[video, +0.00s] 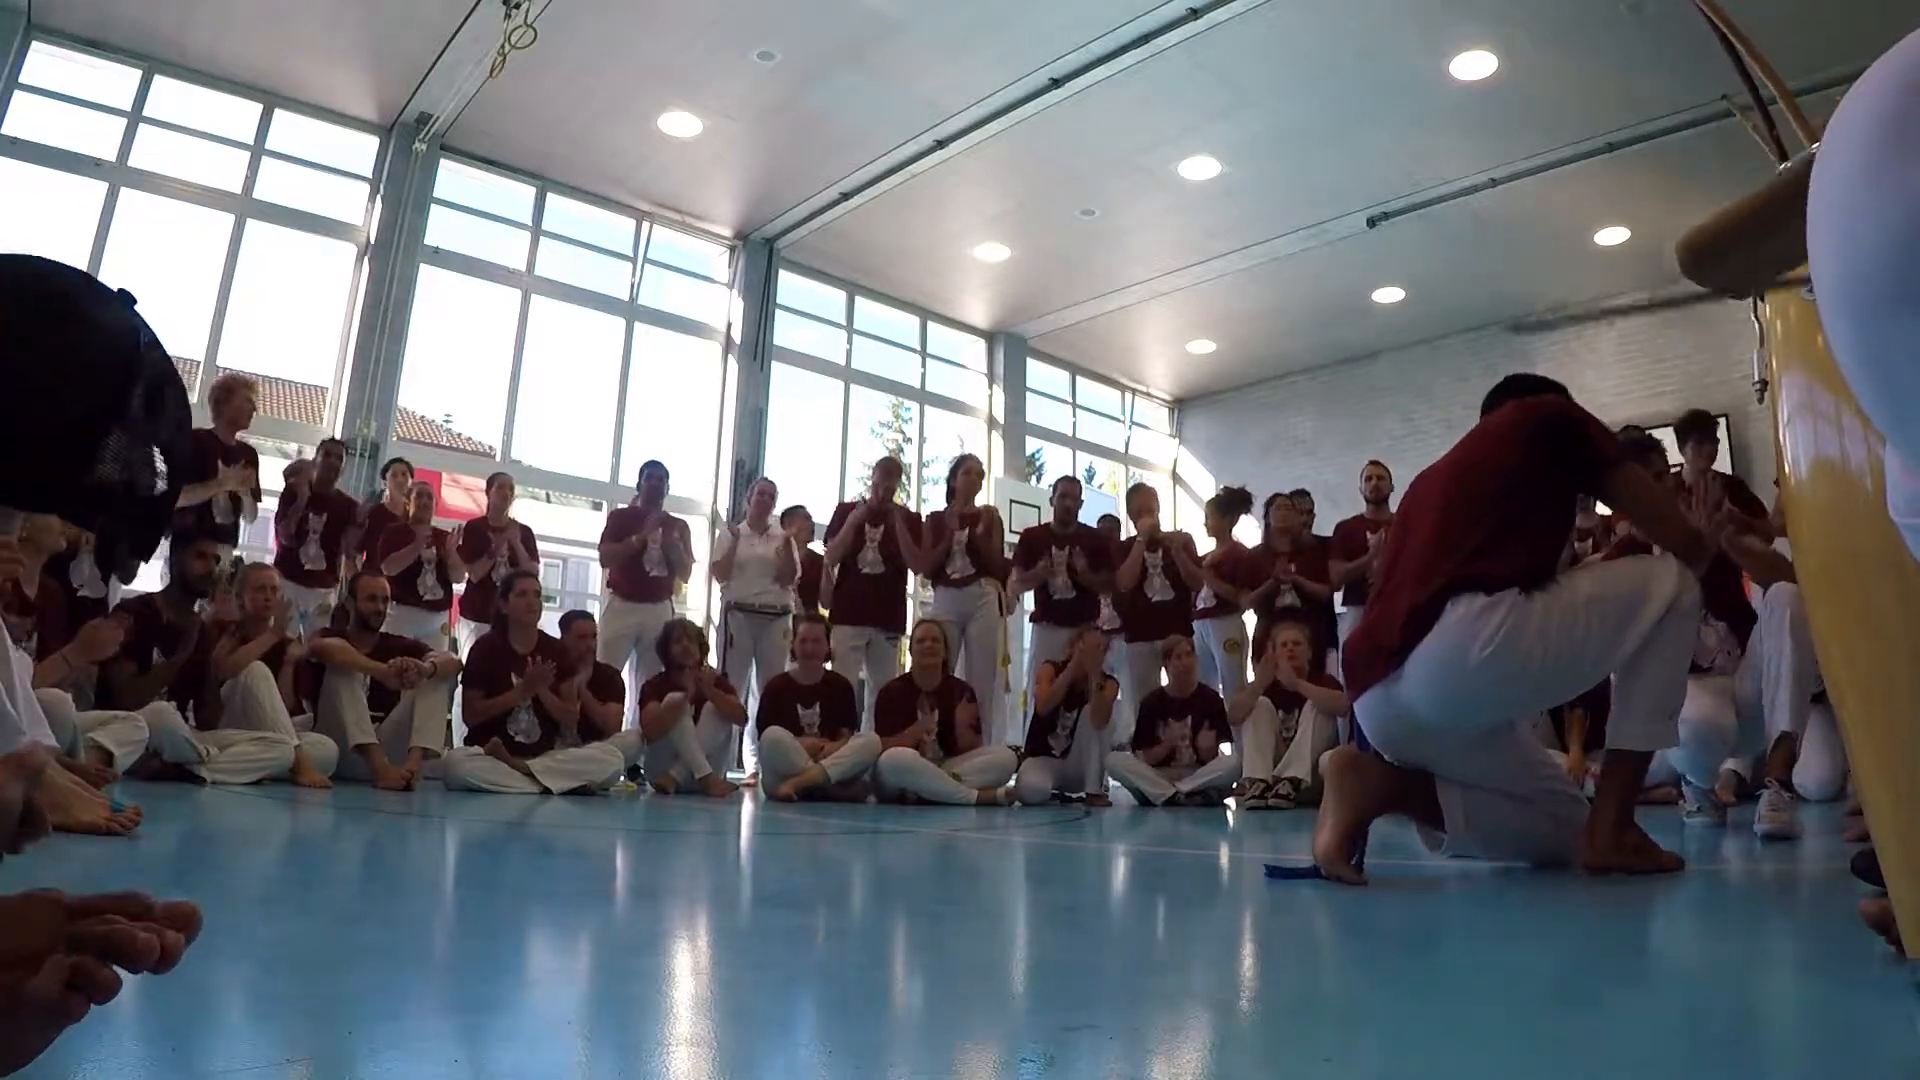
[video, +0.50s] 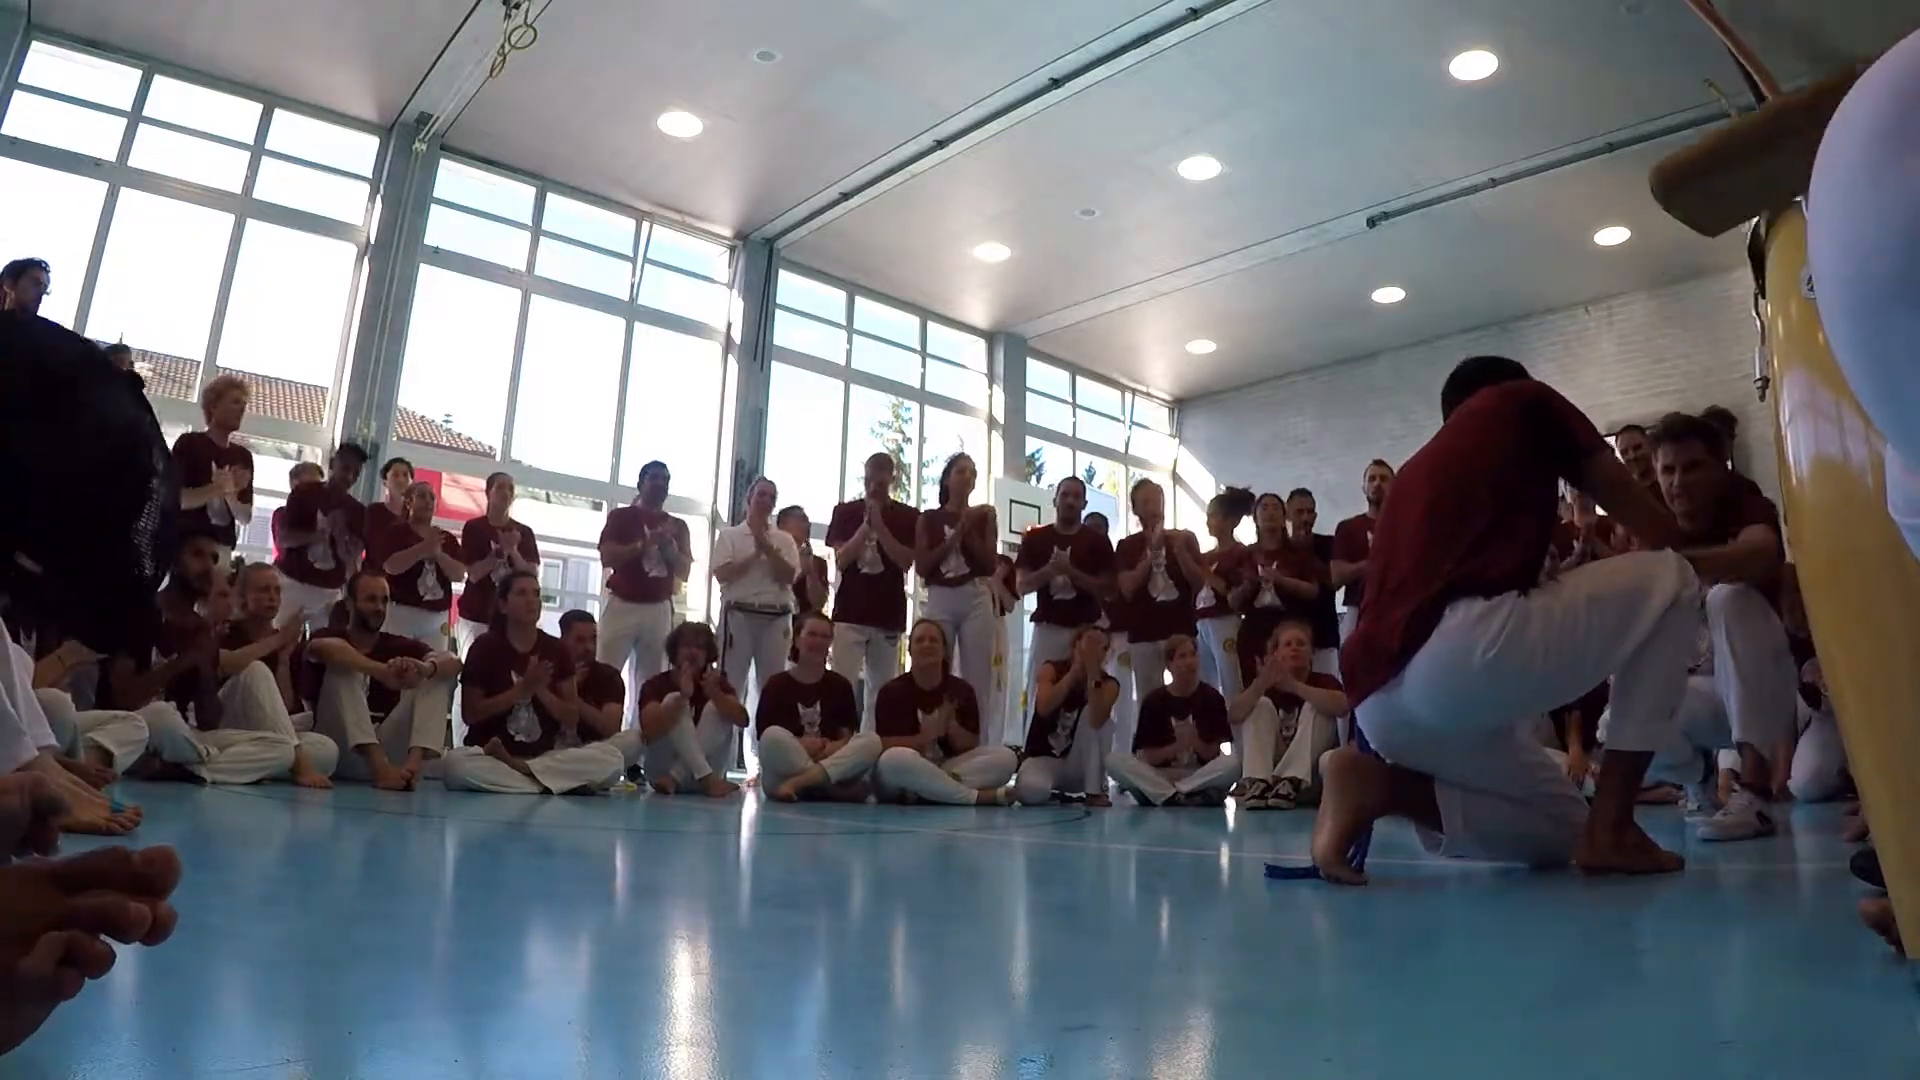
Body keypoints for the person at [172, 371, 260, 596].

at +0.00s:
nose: (254, 407)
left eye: (253, 401)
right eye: (246, 400)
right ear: (221, 404)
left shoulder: (247, 454)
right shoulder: (192, 441)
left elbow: (251, 515)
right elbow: (174, 497)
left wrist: (244, 489)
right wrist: (221, 484)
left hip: (224, 549)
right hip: (187, 544)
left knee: (213, 619)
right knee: (179, 616)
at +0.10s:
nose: (253, 407)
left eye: (253, 401)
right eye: (247, 399)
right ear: (222, 403)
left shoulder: (249, 453)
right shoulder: (193, 439)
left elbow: (250, 514)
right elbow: (177, 495)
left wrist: (248, 488)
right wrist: (219, 483)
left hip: (225, 545)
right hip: (187, 540)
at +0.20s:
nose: (250, 406)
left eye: (250, 400)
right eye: (243, 398)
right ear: (219, 403)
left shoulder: (248, 451)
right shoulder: (194, 438)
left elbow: (251, 513)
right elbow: (179, 494)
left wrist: (236, 490)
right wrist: (228, 479)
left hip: (224, 545)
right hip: (185, 540)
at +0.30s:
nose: (247, 406)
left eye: (248, 401)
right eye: (241, 399)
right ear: (217, 404)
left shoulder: (248, 452)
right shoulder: (192, 438)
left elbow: (251, 514)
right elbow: (182, 493)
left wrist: (241, 490)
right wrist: (219, 483)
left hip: (223, 546)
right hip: (184, 542)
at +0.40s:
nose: (243, 409)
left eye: (245, 404)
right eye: (236, 402)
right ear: (213, 406)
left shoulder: (244, 455)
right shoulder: (190, 443)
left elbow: (247, 518)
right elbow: (175, 500)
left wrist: (244, 496)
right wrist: (215, 486)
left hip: (222, 549)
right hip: (184, 545)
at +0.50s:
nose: (242, 409)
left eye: (244, 404)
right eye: (235, 402)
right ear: (212, 407)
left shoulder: (242, 456)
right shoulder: (188, 444)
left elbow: (245, 517)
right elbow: (172, 499)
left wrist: (230, 495)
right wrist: (216, 489)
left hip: (221, 549)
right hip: (184, 543)